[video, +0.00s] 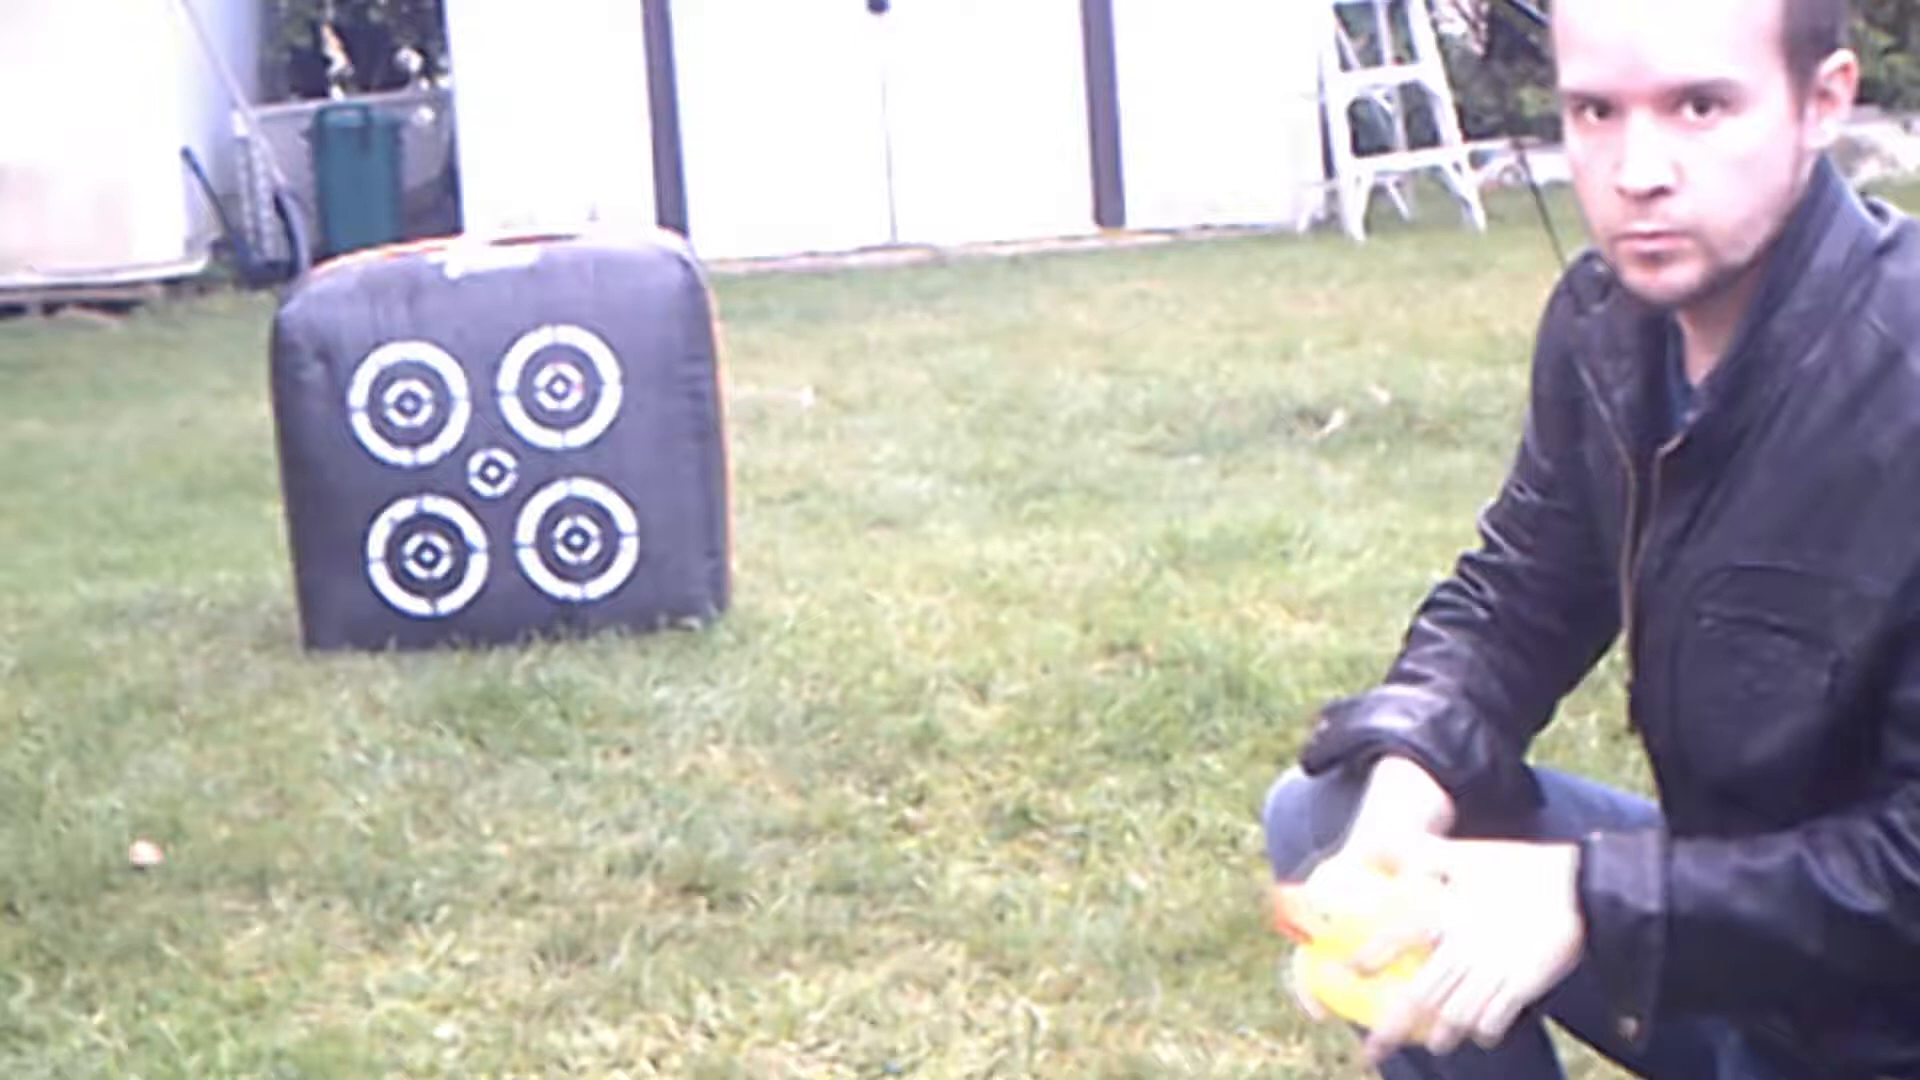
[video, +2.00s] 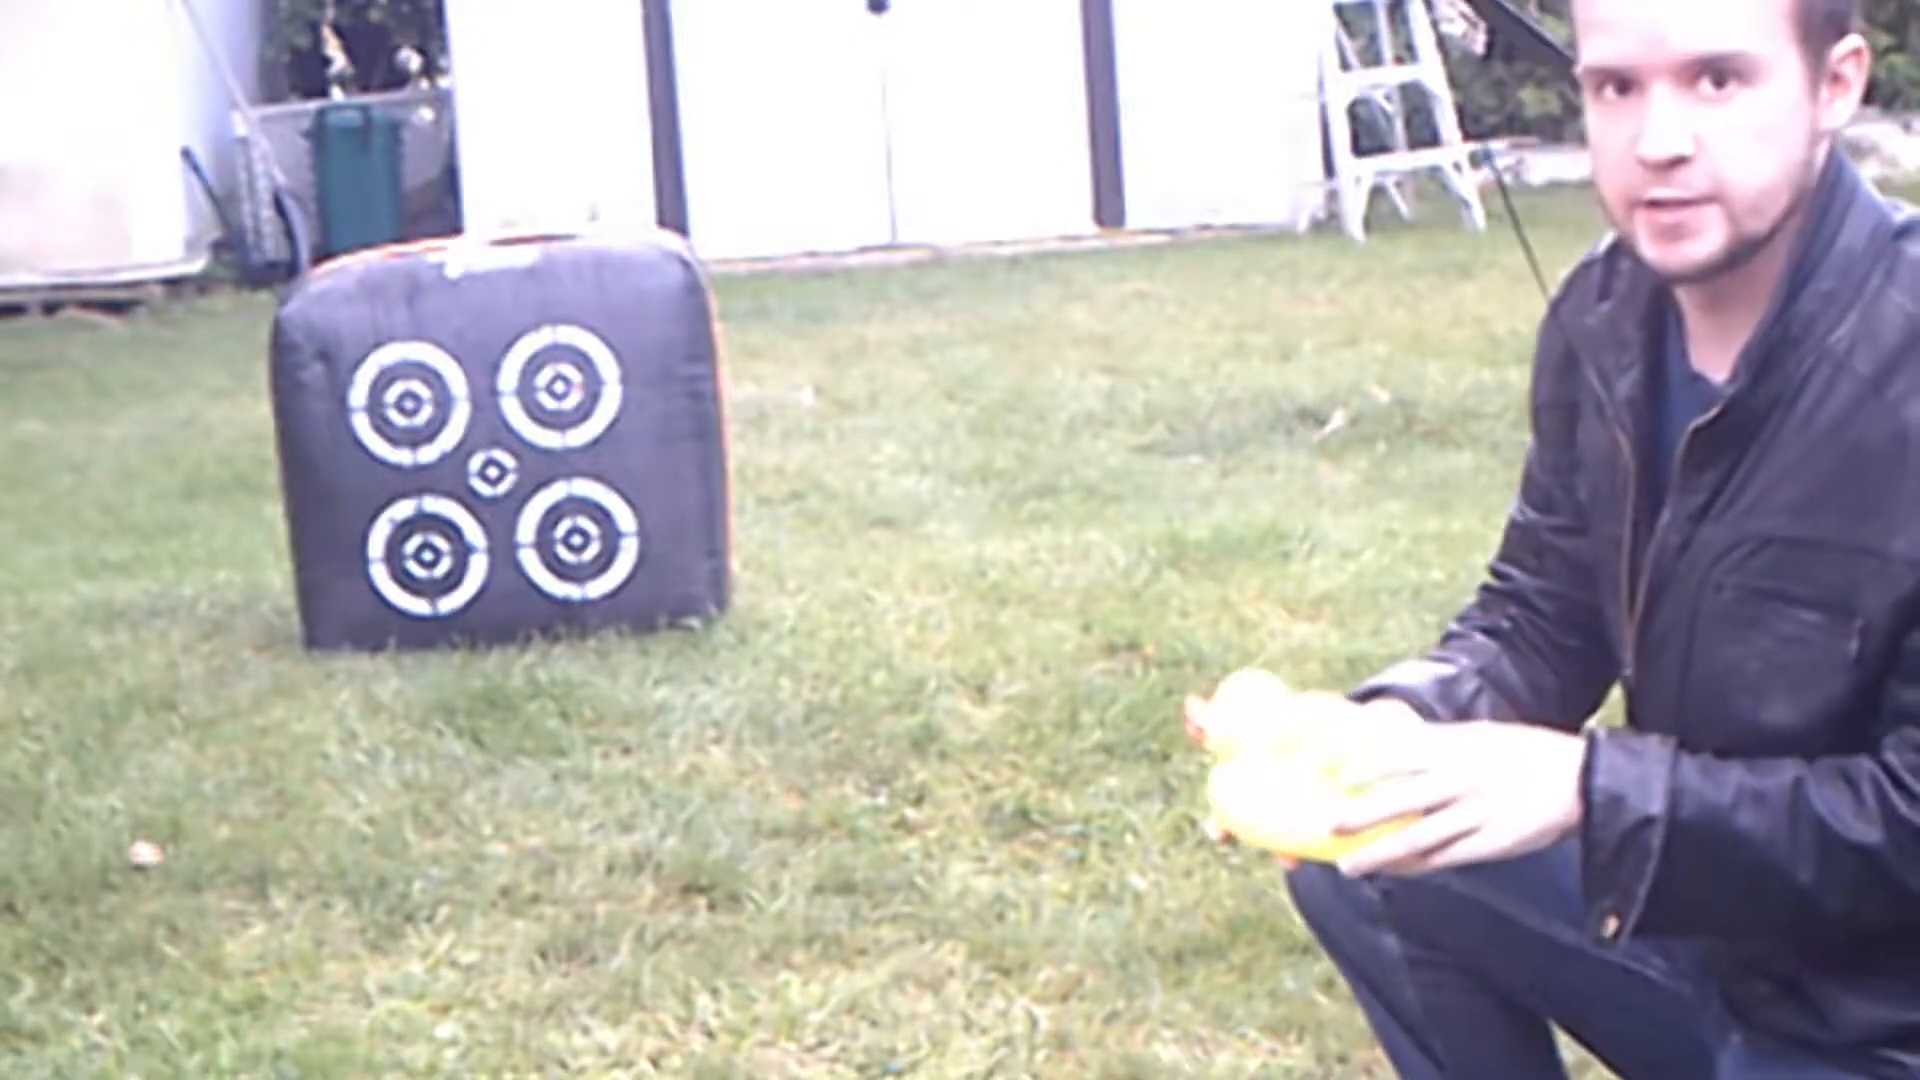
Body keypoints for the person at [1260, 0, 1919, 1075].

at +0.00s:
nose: (1638, 176)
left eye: (1701, 108)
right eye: (1596, 113)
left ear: (1825, 102)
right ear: (1561, 119)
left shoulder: (1899, 364)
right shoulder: (1603, 316)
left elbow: (1907, 858)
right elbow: (1520, 595)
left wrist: (1597, 896)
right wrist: (1412, 772)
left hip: (1878, 1022)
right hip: (1713, 926)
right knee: (1329, 815)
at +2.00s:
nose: (1660, 140)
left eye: (1719, 78)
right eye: (1616, 87)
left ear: (1838, 84)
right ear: (1580, 101)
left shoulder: (1903, 352)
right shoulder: (1602, 314)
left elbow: (1908, 816)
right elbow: (1544, 615)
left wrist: (1594, 788)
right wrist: (1400, 719)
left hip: (1868, 1039)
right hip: (1692, 943)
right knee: (1358, 862)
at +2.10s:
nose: (1654, 146)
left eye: (1711, 83)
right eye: (1609, 93)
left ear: (1831, 87)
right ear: (1573, 108)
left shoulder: (1903, 350)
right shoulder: (1597, 318)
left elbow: (1907, 820)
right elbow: (1540, 620)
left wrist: (1586, 790)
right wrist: (1389, 726)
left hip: (1869, 1034)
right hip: (1693, 943)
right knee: (1353, 862)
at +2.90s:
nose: (1551, 245)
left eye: (1603, 189)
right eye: (1528, 185)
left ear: (1767, 149)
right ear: (1505, 152)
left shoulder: (1901, 385)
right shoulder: (1595, 334)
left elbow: (1904, 850)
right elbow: (1541, 627)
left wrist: (1573, 827)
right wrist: (1394, 738)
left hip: (1870, 1045)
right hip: (1700, 965)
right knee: (1355, 874)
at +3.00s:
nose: (1546, 246)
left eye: (1599, 192)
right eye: (1523, 188)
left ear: (1763, 155)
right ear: (1501, 155)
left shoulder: (1900, 388)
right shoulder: (1594, 332)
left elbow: (1902, 852)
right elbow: (1541, 626)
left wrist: (1571, 830)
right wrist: (1393, 740)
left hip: (1870, 1042)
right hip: (1702, 964)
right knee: (1354, 872)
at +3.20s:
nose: (1539, 249)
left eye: (1591, 195)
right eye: (1517, 191)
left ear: (1757, 159)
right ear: (1500, 155)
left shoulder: (1904, 388)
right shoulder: (1592, 329)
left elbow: (1906, 851)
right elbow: (1538, 628)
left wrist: (1562, 835)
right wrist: (1391, 742)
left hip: (1872, 1044)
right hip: (1705, 968)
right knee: (1354, 874)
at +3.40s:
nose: (1538, 250)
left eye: (1590, 193)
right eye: (1514, 192)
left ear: (1754, 151)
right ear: (1493, 158)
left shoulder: (1898, 386)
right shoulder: (1586, 336)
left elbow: (1899, 856)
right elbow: (1534, 633)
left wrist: (1562, 844)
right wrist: (1390, 743)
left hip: (1868, 1042)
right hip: (1700, 970)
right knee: (1351, 874)